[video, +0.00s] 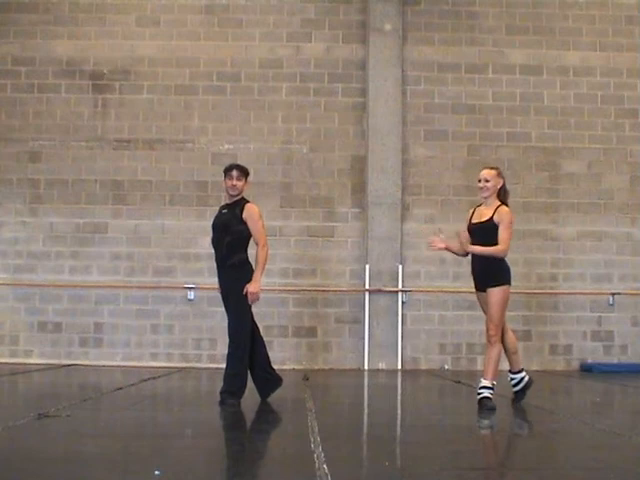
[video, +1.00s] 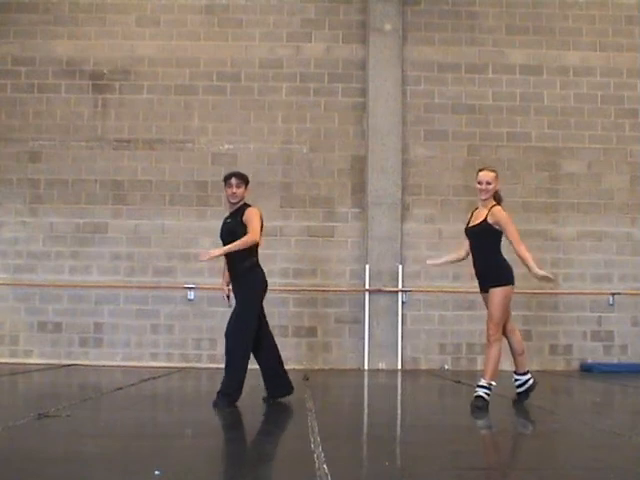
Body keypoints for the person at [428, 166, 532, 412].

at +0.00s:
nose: (482, 184)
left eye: (487, 181)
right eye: (480, 181)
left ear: (499, 184)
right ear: (478, 184)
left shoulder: (503, 212)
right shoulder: (474, 212)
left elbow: (502, 250)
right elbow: (465, 250)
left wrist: (472, 248)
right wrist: (446, 245)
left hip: (498, 275)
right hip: (479, 275)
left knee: (493, 334)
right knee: (501, 329)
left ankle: (486, 387)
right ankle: (518, 374)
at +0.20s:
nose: (483, 185)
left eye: (488, 181)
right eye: (481, 181)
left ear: (500, 184)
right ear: (477, 185)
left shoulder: (505, 213)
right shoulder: (475, 213)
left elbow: (509, 250)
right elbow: (470, 250)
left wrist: (486, 250)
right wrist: (442, 263)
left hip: (498, 276)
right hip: (480, 276)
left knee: (493, 334)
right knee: (502, 329)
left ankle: (486, 388)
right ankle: (520, 375)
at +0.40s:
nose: (489, 185)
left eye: (494, 181)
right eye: (485, 181)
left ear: (502, 185)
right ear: (480, 185)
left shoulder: (504, 214)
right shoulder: (477, 212)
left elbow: (514, 252)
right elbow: (473, 252)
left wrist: (498, 283)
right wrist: (464, 283)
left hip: (498, 277)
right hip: (480, 278)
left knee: (493, 335)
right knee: (504, 331)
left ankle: (486, 387)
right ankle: (520, 375)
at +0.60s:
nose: (490, 186)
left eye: (495, 182)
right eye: (486, 182)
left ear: (502, 185)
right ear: (481, 185)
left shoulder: (503, 213)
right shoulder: (478, 212)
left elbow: (514, 249)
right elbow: (478, 247)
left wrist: (514, 284)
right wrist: (476, 271)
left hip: (498, 277)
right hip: (481, 277)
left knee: (493, 334)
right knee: (505, 330)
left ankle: (486, 387)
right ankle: (520, 375)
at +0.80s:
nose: (487, 187)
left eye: (492, 183)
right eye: (484, 182)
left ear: (500, 185)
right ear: (479, 185)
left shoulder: (501, 212)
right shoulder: (478, 212)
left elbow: (513, 249)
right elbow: (478, 252)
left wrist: (512, 282)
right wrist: (477, 285)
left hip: (498, 278)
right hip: (484, 278)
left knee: (493, 334)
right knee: (507, 330)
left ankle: (486, 387)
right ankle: (521, 375)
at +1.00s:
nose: (483, 187)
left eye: (488, 184)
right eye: (480, 183)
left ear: (496, 186)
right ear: (475, 185)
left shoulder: (498, 213)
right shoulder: (475, 213)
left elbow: (518, 245)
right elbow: (465, 251)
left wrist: (535, 270)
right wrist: (438, 261)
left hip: (500, 278)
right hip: (484, 280)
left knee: (493, 333)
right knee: (508, 330)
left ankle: (485, 388)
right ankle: (523, 377)